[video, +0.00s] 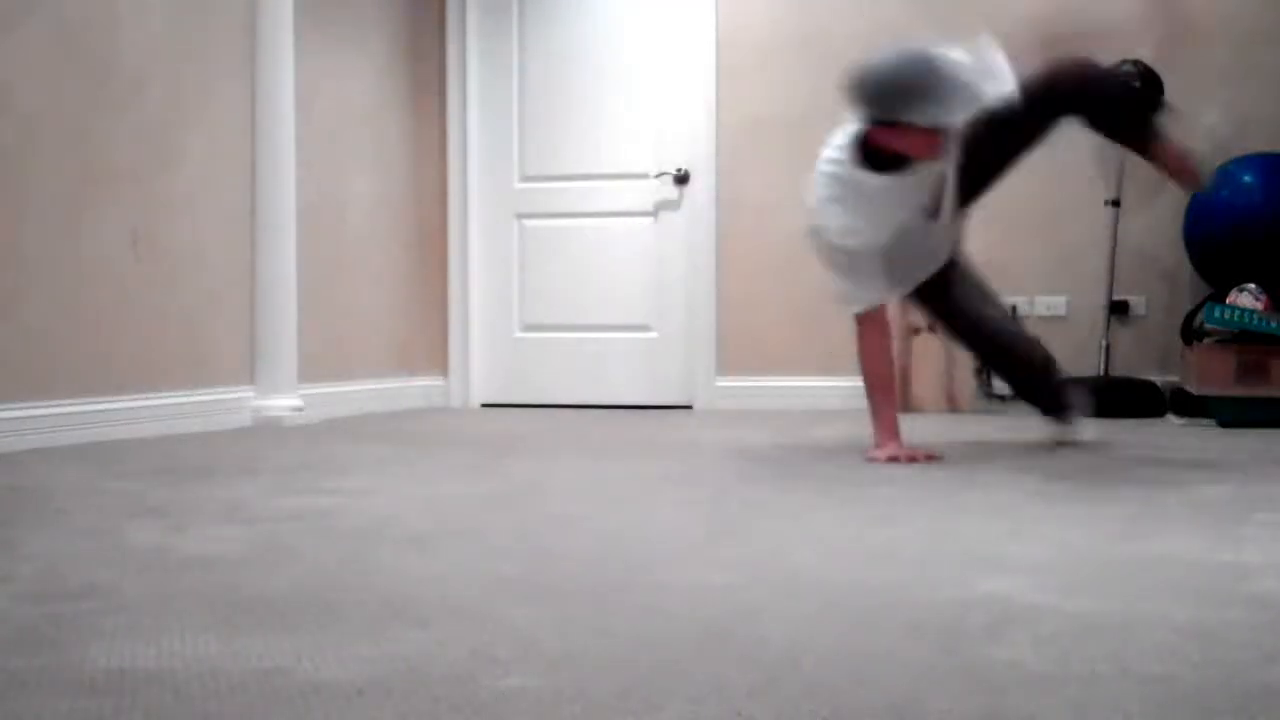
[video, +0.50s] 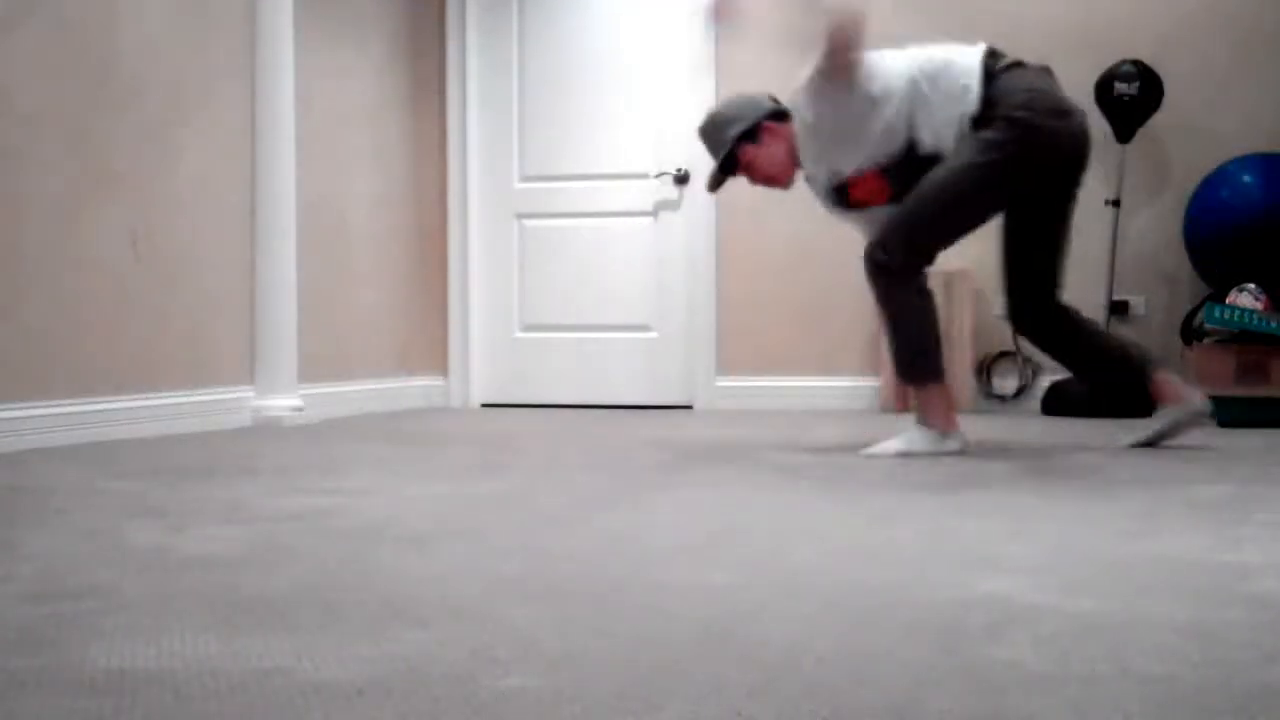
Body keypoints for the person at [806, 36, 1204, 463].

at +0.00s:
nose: (944, 136)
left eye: (944, 124)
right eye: (930, 129)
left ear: (945, 113)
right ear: (892, 131)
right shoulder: (846, 211)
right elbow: (873, 324)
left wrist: (1109, 92)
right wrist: (887, 440)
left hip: (948, 181)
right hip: (917, 261)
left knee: (1066, 84)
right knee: (1016, 354)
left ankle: (1170, 159)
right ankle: (1065, 408)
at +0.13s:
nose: (886, 120)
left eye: (884, 105)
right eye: (868, 119)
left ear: (885, 87)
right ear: (836, 133)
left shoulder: (900, 63)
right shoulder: (837, 212)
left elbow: (942, 8)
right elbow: (882, 317)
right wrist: (889, 437)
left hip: (991, 148)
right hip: (967, 236)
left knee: (1115, 97)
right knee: (1000, 357)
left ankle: (1199, 220)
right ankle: (1113, 404)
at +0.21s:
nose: (837, 126)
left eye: (835, 106)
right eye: (816, 126)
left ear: (851, 85)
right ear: (806, 137)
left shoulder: (885, 60)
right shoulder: (854, 196)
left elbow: (903, 4)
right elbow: (889, 319)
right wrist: (893, 436)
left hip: (1015, 124)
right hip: (997, 213)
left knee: (1059, 123)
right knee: (1004, 350)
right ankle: (1133, 407)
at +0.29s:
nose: (805, 140)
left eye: (802, 118)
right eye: (789, 138)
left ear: (826, 94)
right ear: (788, 148)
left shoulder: (876, 60)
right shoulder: (860, 206)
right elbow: (892, 313)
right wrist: (892, 411)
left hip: (1053, 107)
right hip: (1026, 175)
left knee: (975, 182)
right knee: (1029, 333)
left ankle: (1023, 363)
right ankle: (1155, 409)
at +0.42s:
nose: (765, 180)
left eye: (759, 161)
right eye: (753, 175)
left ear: (785, 126)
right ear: (759, 175)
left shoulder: (840, 95)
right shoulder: (845, 209)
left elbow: (875, 16)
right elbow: (893, 293)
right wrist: (877, 405)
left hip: (1038, 113)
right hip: (1052, 136)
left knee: (905, 247)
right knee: (1041, 312)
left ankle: (936, 424)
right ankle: (1176, 407)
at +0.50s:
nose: (753, 178)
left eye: (745, 163)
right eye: (741, 174)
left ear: (766, 129)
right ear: (761, 150)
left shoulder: (821, 109)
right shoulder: (838, 186)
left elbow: (838, 54)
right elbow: (896, 268)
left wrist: (842, 38)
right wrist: (903, 376)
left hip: (1019, 111)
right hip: (1044, 120)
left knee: (892, 252)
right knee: (1033, 308)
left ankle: (937, 426)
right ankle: (1174, 397)